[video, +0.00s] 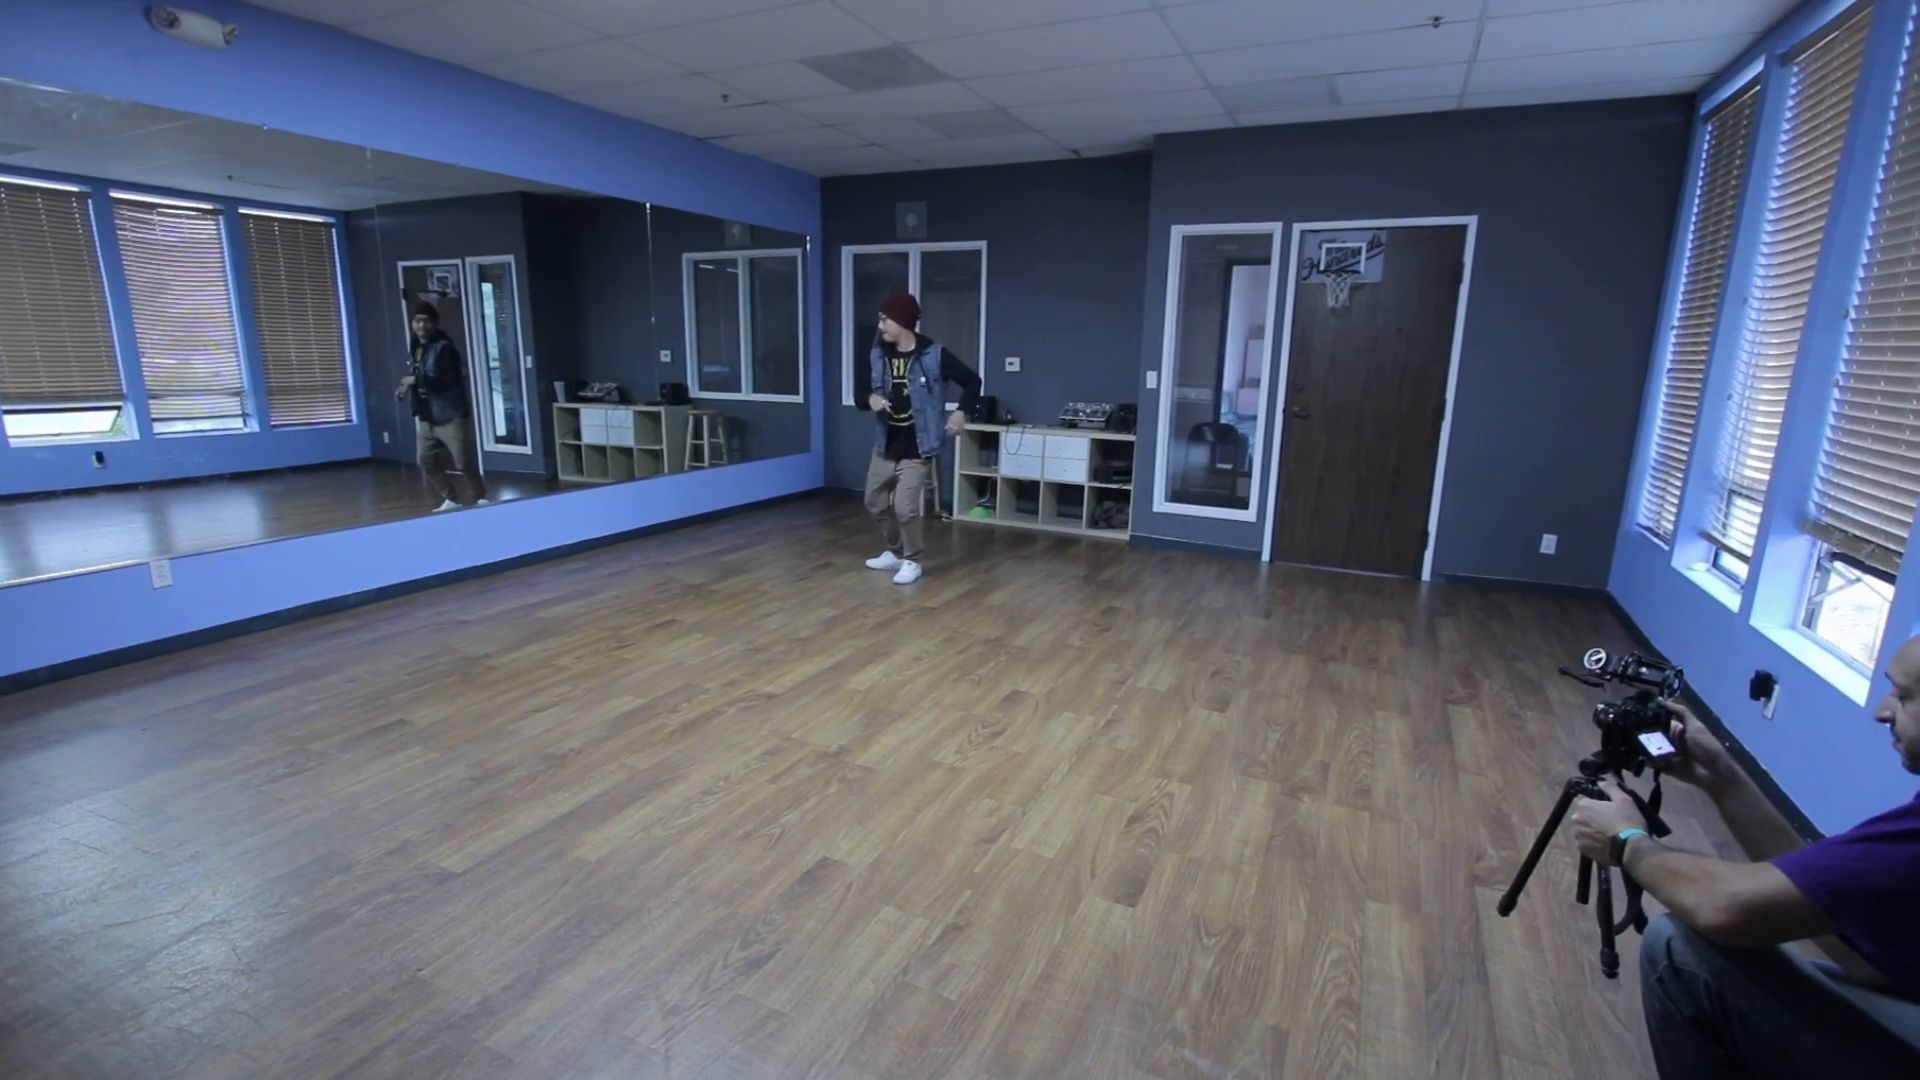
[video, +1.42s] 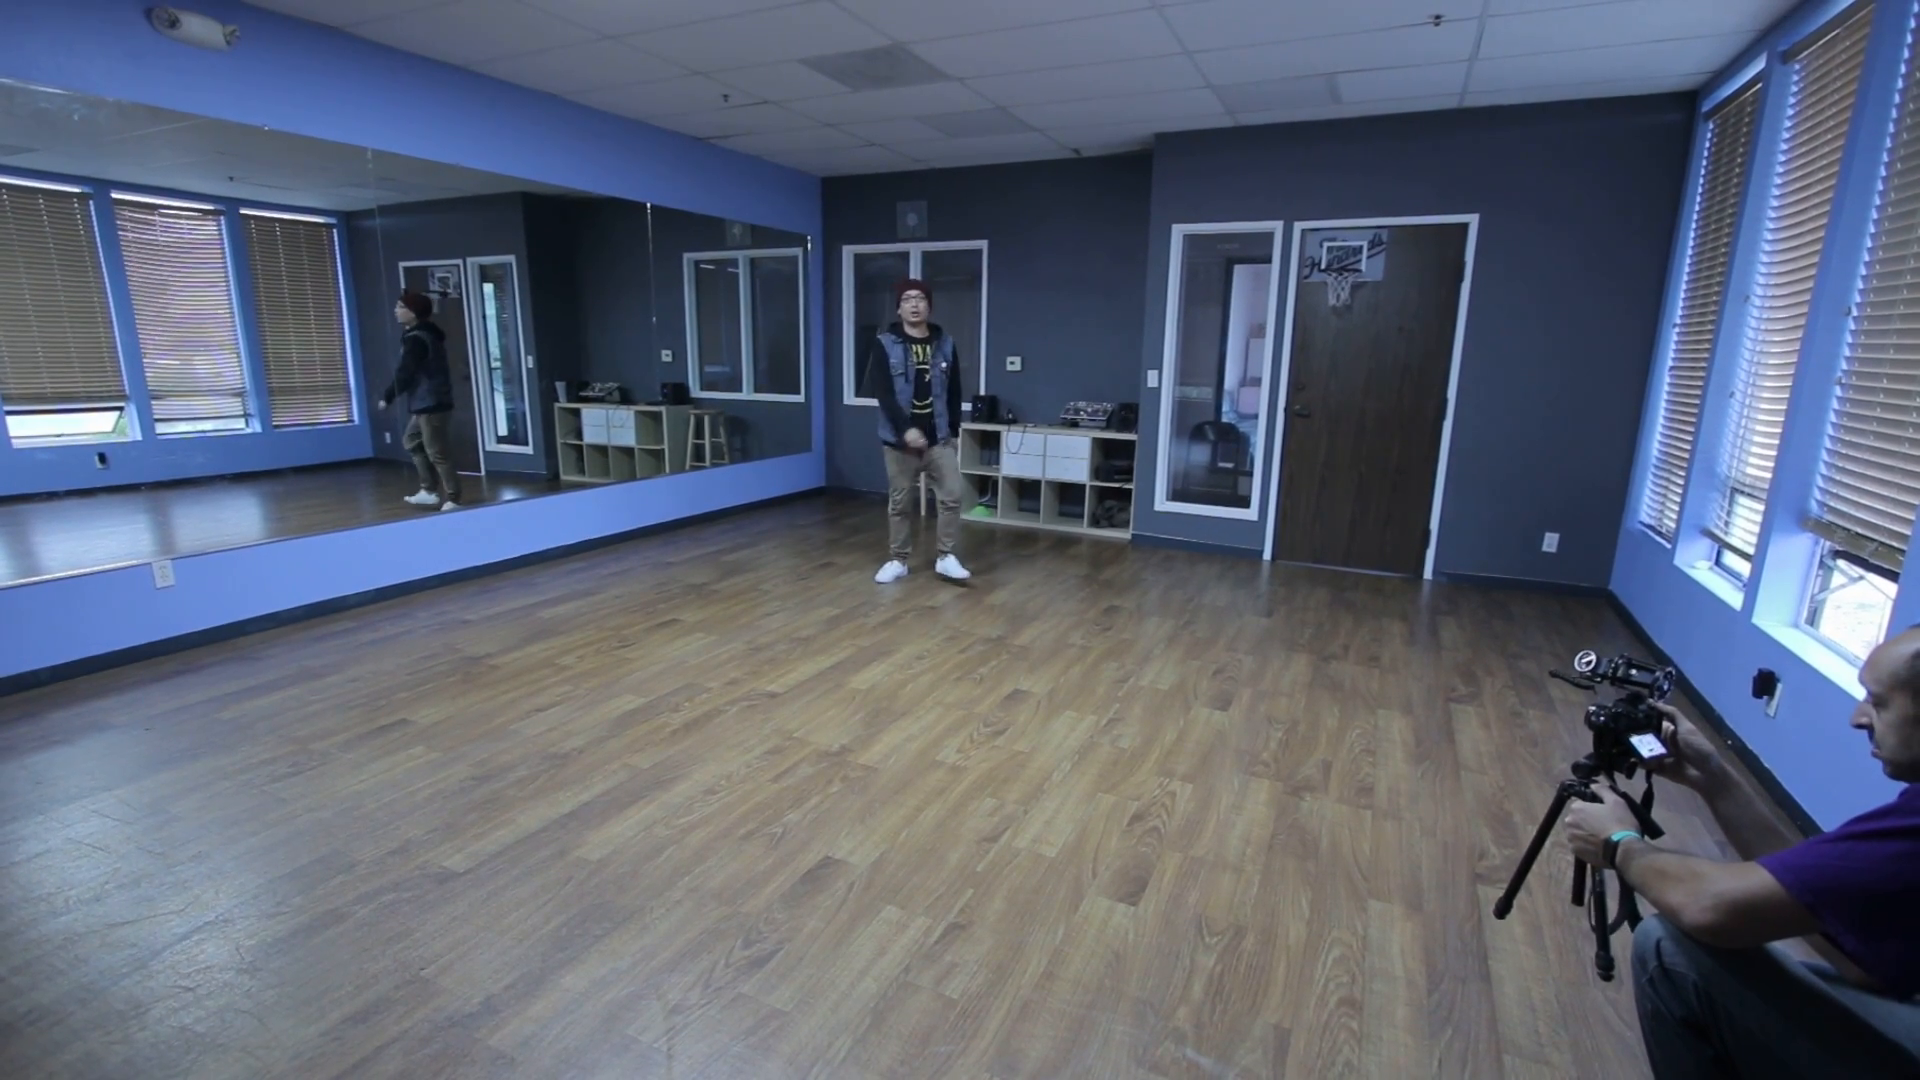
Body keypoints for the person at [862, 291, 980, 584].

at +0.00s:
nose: (880, 324)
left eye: (886, 319)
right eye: (880, 319)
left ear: (904, 323)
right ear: (895, 323)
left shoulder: (934, 354)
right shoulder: (878, 354)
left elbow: (973, 382)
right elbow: (861, 394)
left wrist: (962, 412)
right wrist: (871, 399)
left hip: (918, 447)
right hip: (886, 445)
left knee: (904, 507)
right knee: (875, 501)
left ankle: (912, 561)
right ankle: (895, 552)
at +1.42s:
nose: (914, 305)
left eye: (920, 300)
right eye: (907, 301)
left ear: (928, 306)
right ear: (899, 308)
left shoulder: (945, 344)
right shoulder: (884, 344)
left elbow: (954, 390)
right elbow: (883, 394)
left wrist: (951, 431)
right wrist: (905, 429)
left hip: (939, 437)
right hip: (900, 437)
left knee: (952, 497)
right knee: (900, 501)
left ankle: (946, 556)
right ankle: (898, 560)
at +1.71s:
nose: (945, 308)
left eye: (951, 304)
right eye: (940, 304)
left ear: (961, 311)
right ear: (930, 311)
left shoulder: (974, 351)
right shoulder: (913, 346)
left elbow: (983, 399)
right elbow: (907, 396)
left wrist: (984, 440)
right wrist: (932, 432)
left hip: (957, 444)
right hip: (916, 441)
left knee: (956, 511)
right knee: (904, 505)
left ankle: (951, 569)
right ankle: (896, 560)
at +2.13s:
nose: (969, 308)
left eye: (975, 303)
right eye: (963, 303)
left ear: (981, 309)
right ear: (949, 308)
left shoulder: (991, 349)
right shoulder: (927, 342)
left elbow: (1004, 395)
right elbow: (904, 386)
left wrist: (1015, 435)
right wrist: (886, 429)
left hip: (967, 444)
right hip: (928, 441)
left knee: (958, 512)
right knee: (921, 507)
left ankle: (951, 569)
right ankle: (911, 568)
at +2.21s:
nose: (969, 310)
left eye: (974, 304)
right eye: (962, 304)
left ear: (981, 310)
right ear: (949, 309)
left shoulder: (991, 350)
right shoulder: (927, 343)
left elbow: (1003, 397)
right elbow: (904, 389)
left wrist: (1010, 439)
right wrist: (891, 432)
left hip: (968, 444)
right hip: (931, 441)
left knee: (958, 511)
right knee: (931, 507)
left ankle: (952, 569)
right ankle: (926, 572)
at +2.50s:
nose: (960, 313)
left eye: (966, 308)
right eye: (953, 307)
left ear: (972, 314)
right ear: (939, 313)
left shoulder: (983, 354)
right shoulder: (919, 349)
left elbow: (989, 405)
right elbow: (907, 400)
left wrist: (983, 449)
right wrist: (907, 447)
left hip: (967, 450)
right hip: (930, 447)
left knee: (960, 515)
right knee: (933, 513)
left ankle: (951, 568)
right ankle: (927, 579)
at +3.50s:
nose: (892, 303)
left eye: (897, 297)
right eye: (883, 298)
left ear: (905, 305)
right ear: (869, 308)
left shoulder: (918, 347)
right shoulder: (851, 348)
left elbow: (927, 399)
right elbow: (838, 405)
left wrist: (915, 440)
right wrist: (843, 454)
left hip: (905, 447)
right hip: (867, 448)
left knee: (888, 517)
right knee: (884, 518)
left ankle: (859, 575)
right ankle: (903, 590)